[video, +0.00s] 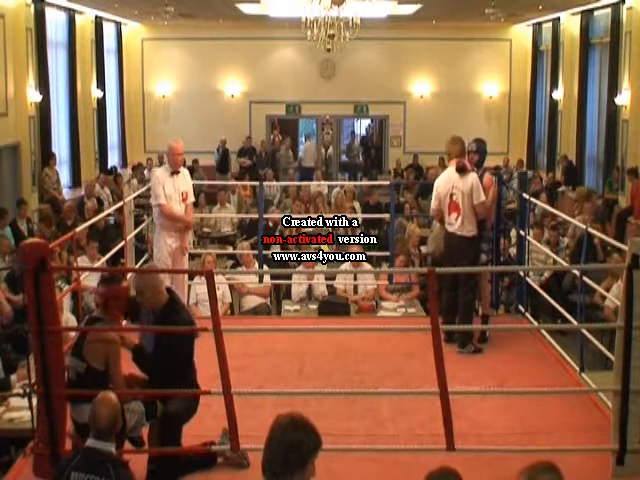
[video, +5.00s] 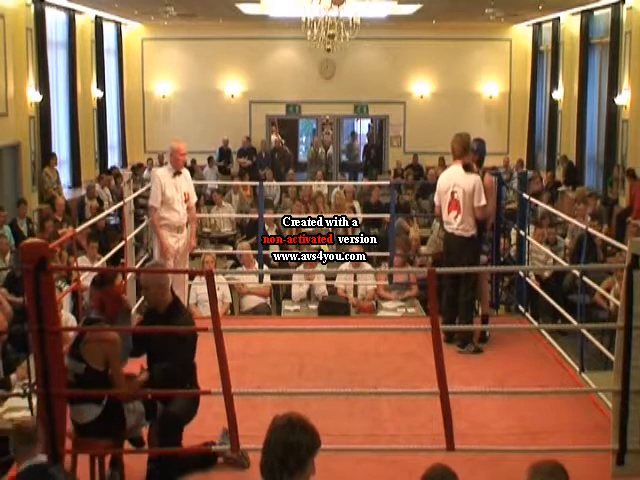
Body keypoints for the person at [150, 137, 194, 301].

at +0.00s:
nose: (179, 159)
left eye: (181, 154)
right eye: (176, 155)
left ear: (184, 155)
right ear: (167, 156)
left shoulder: (185, 173)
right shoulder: (158, 174)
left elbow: (189, 204)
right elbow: (163, 207)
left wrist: (185, 235)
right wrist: (184, 219)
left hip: (182, 229)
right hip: (165, 229)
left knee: (181, 270)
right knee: (164, 269)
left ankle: (182, 306)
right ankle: (163, 307)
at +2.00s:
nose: (180, 158)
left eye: (181, 154)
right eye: (176, 155)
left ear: (183, 156)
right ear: (167, 156)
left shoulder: (183, 173)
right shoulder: (158, 174)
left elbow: (187, 203)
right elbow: (164, 208)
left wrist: (185, 234)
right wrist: (185, 216)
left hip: (182, 226)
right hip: (165, 227)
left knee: (181, 270)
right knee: (163, 270)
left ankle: (180, 311)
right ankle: (161, 310)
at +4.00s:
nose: (180, 158)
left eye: (182, 154)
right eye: (176, 155)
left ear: (183, 156)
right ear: (167, 157)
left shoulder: (184, 173)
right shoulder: (158, 174)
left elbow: (189, 203)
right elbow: (165, 208)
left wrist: (184, 235)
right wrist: (187, 213)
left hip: (182, 228)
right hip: (165, 229)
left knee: (181, 272)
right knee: (163, 272)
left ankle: (180, 316)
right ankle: (161, 315)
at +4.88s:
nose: (183, 159)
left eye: (185, 155)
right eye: (180, 155)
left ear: (185, 156)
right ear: (171, 156)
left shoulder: (185, 174)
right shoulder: (158, 174)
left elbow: (191, 206)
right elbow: (155, 211)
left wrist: (189, 234)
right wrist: (171, 237)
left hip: (182, 227)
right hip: (165, 227)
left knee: (182, 269)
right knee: (165, 267)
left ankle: (182, 306)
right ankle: (163, 306)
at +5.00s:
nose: (184, 159)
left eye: (185, 155)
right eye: (181, 155)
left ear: (186, 156)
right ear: (171, 156)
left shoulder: (186, 174)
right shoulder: (159, 174)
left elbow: (191, 206)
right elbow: (153, 210)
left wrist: (193, 235)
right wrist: (162, 240)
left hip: (183, 227)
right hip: (165, 227)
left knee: (182, 269)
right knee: (166, 268)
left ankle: (182, 306)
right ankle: (164, 306)